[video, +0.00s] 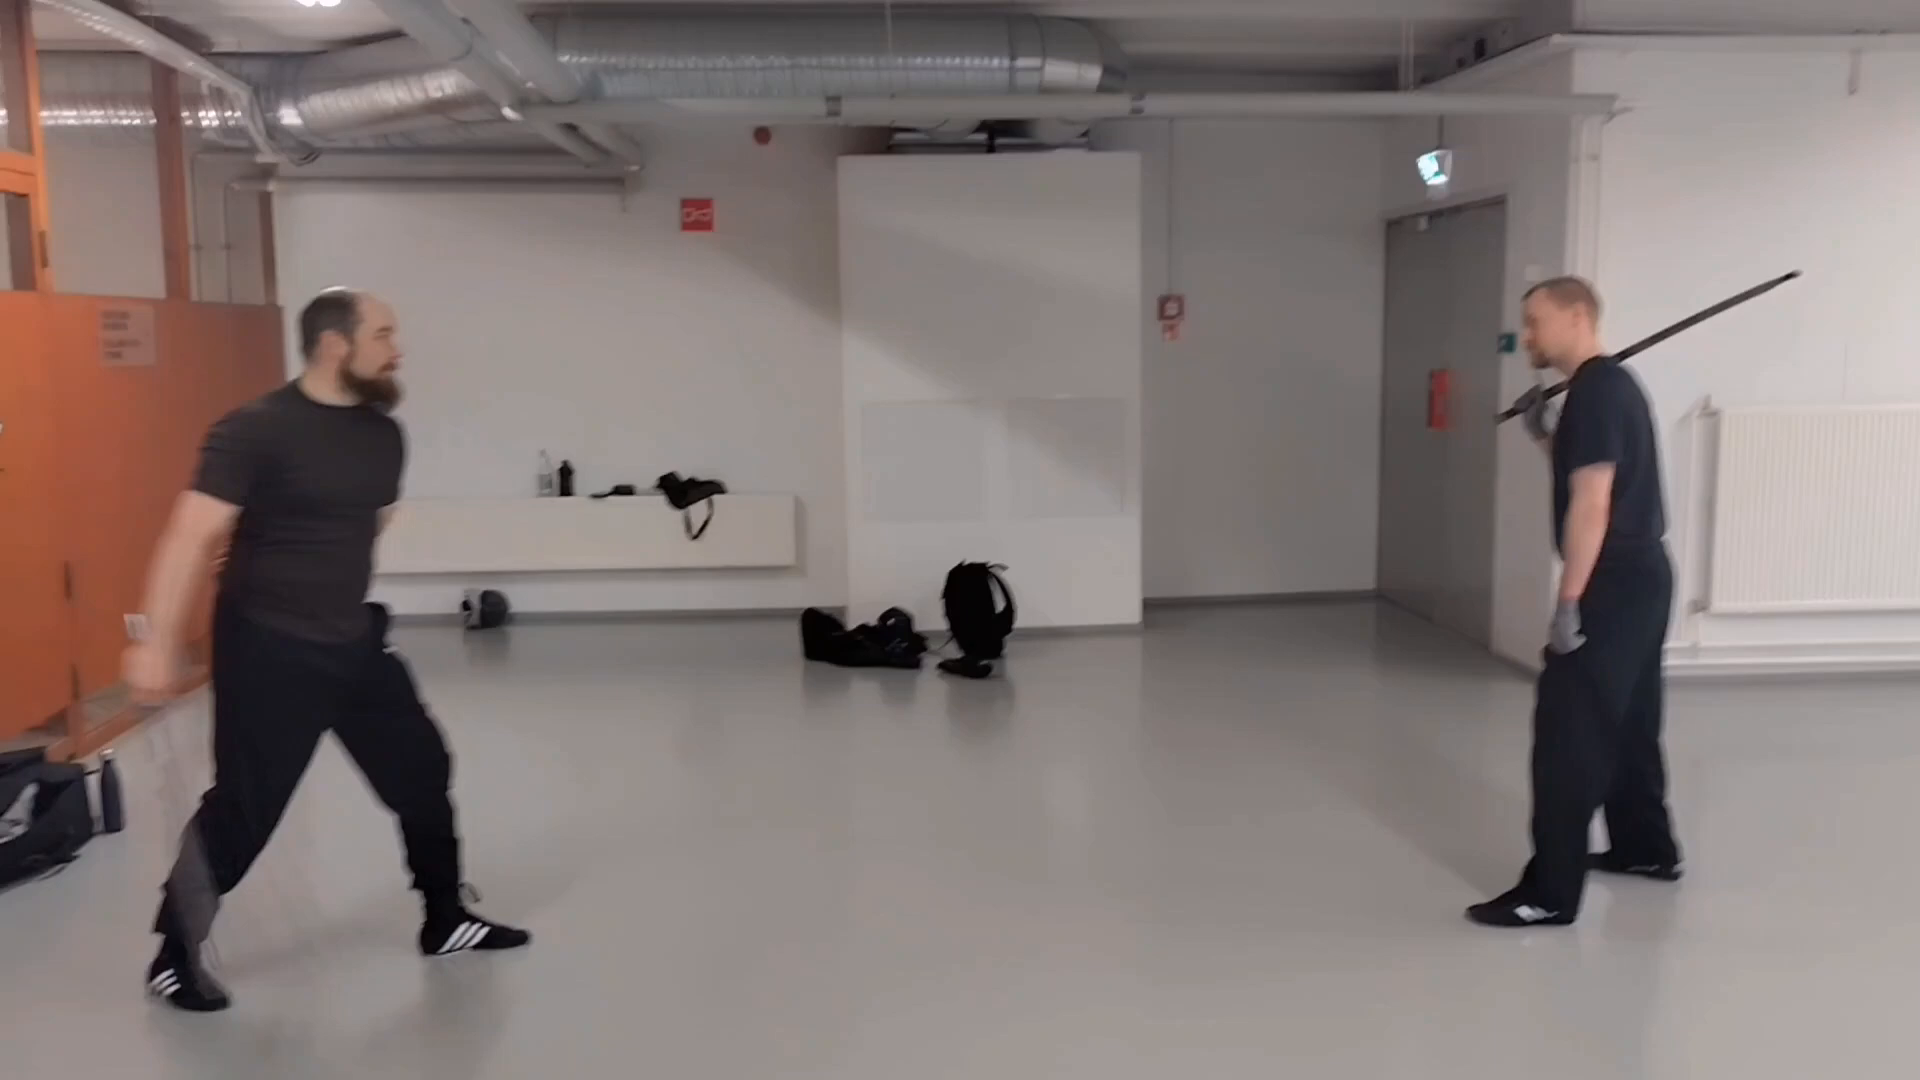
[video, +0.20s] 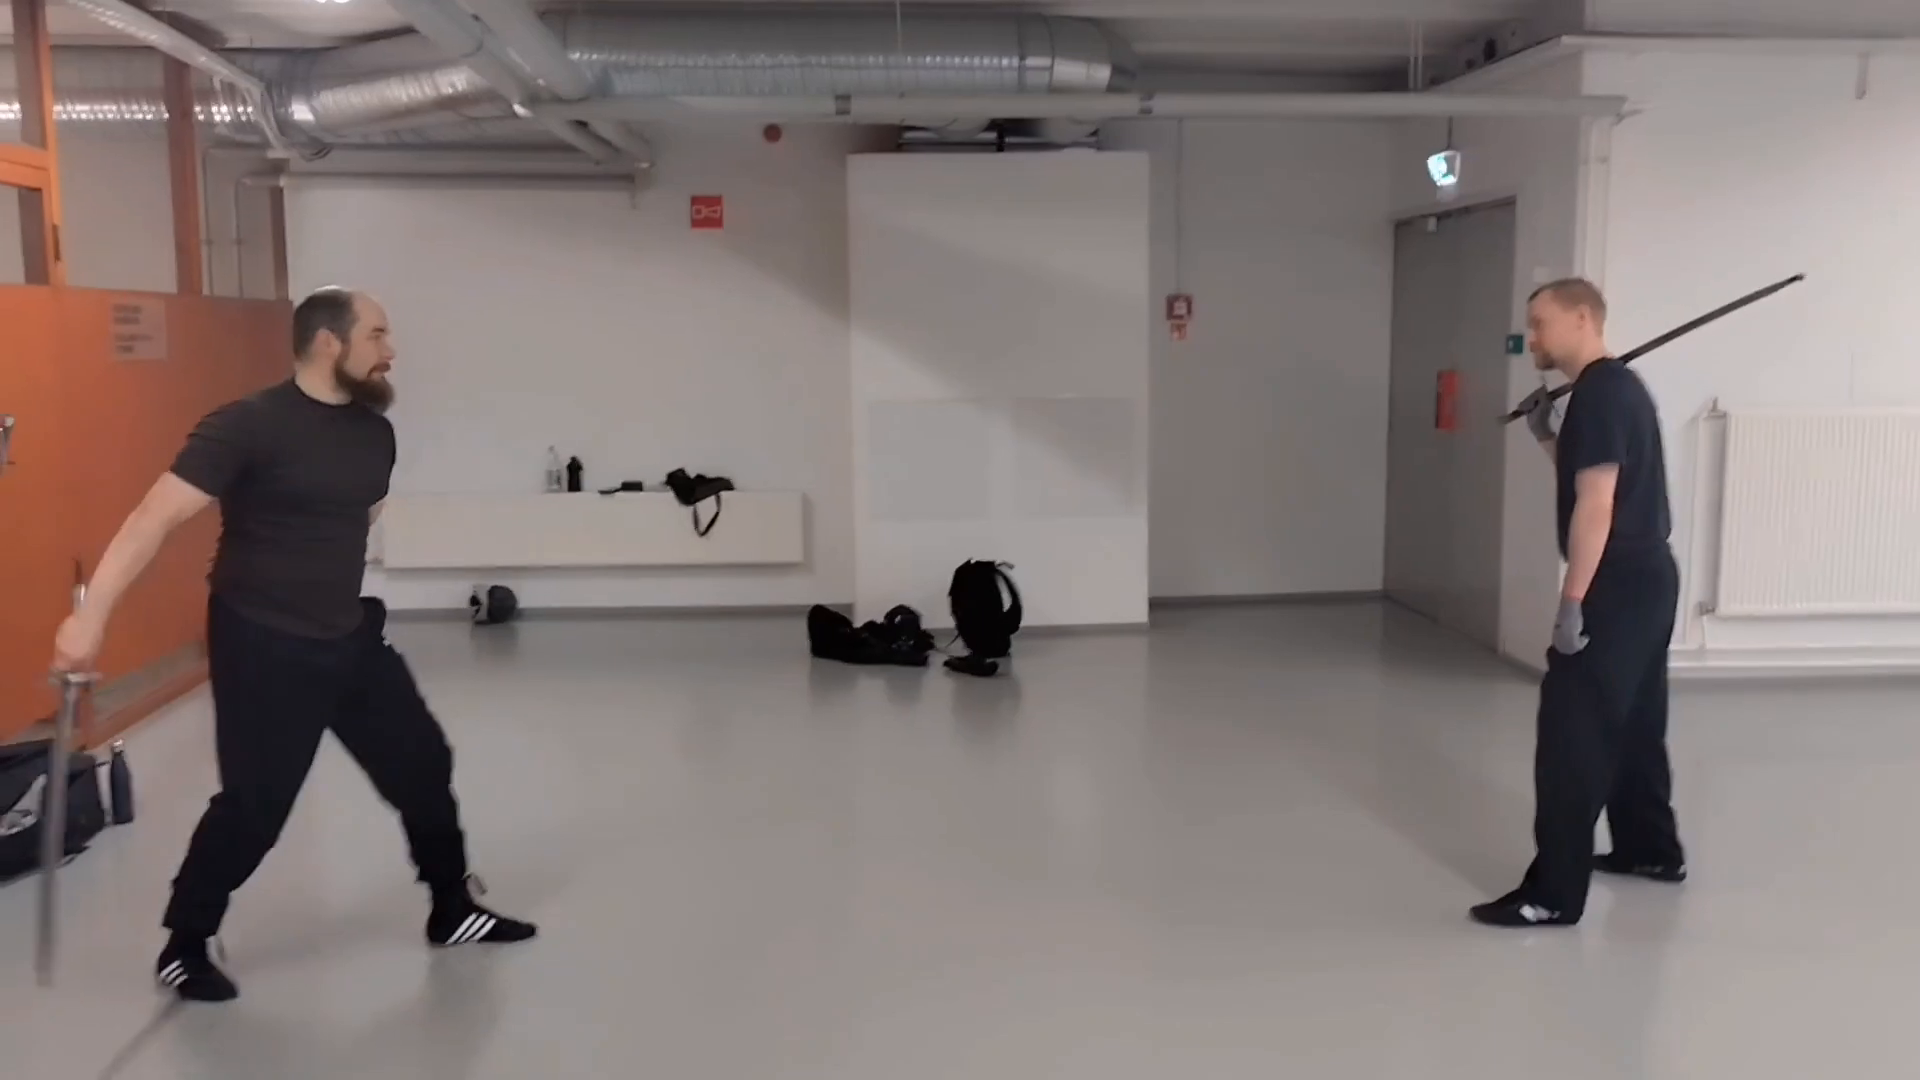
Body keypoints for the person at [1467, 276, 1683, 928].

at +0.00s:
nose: (1526, 338)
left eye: (1534, 323)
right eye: (1526, 325)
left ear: (1577, 319)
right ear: (1580, 322)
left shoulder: (1594, 390)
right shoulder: (1612, 384)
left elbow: (1593, 501)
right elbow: (1587, 481)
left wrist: (1566, 603)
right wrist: (1543, 431)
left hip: (1610, 582)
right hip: (1637, 574)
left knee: (1566, 727)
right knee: (1628, 719)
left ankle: (1551, 891)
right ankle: (1645, 847)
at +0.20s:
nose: (1530, 339)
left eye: (1538, 324)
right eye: (1530, 327)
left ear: (1582, 321)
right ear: (1585, 324)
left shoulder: (1599, 392)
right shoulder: (1620, 386)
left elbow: (1597, 501)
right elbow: (1591, 484)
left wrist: (1570, 601)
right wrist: (1546, 433)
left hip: (1613, 587)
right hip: (1644, 580)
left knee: (1569, 729)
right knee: (1634, 721)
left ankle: (1555, 893)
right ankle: (1649, 848)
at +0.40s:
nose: (1536, 341)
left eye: (1544, 327)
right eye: (1536, 330)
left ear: (1585, 325)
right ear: (1591, 327)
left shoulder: (1605, 395)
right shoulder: (1626, 390)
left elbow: (1603, 504)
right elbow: (1596, 488)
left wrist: (1575, 605)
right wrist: (1551, 436)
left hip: (1617, 589)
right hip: (1648, 583)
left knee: (1572, 732)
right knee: (1638, 723)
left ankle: (1558, 896)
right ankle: (1654, 852)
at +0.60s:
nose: (1505, 345)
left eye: (1513, 331)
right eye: (1505, 333)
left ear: (1554, 329)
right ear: (1559, 330)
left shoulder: (1574, 400)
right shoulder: (1590, 394)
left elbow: (1573, 507)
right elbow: (1565, 487)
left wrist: (1545, 607)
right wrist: (1520, 439)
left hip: (1584, 594)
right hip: (1611, 587)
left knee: (1541, 734)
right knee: (1603, 724)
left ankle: (1527, 893)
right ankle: (1619, 849)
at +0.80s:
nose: (1446, 345)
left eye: (1454, 331)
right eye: (1446, 333)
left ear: (1494, 329)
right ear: (1498, 332)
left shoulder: (1515, 398)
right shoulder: (1526, 392)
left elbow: (1515, 502)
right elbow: (1503, 486)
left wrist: (1489, 602)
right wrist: (1461, 439)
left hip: (1525, 583)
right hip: (1548, 574)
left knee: (1483, 723)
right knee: (1543, 713)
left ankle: (1475, 882)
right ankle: (1564, 840)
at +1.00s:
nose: (1394, 342)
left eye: (1402, 328)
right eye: (1394, 330)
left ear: (1442, 325)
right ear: (1442, 329)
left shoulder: (1462, 393)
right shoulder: (1473, 388)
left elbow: (1460, 500)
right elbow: (1446, 476)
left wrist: (1436, 595)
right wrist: (1408, 432)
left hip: (1473, 574)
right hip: (1493, 568)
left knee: (1430, 712)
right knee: (1487, 703)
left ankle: (1433, 871)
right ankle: (1517, 828)